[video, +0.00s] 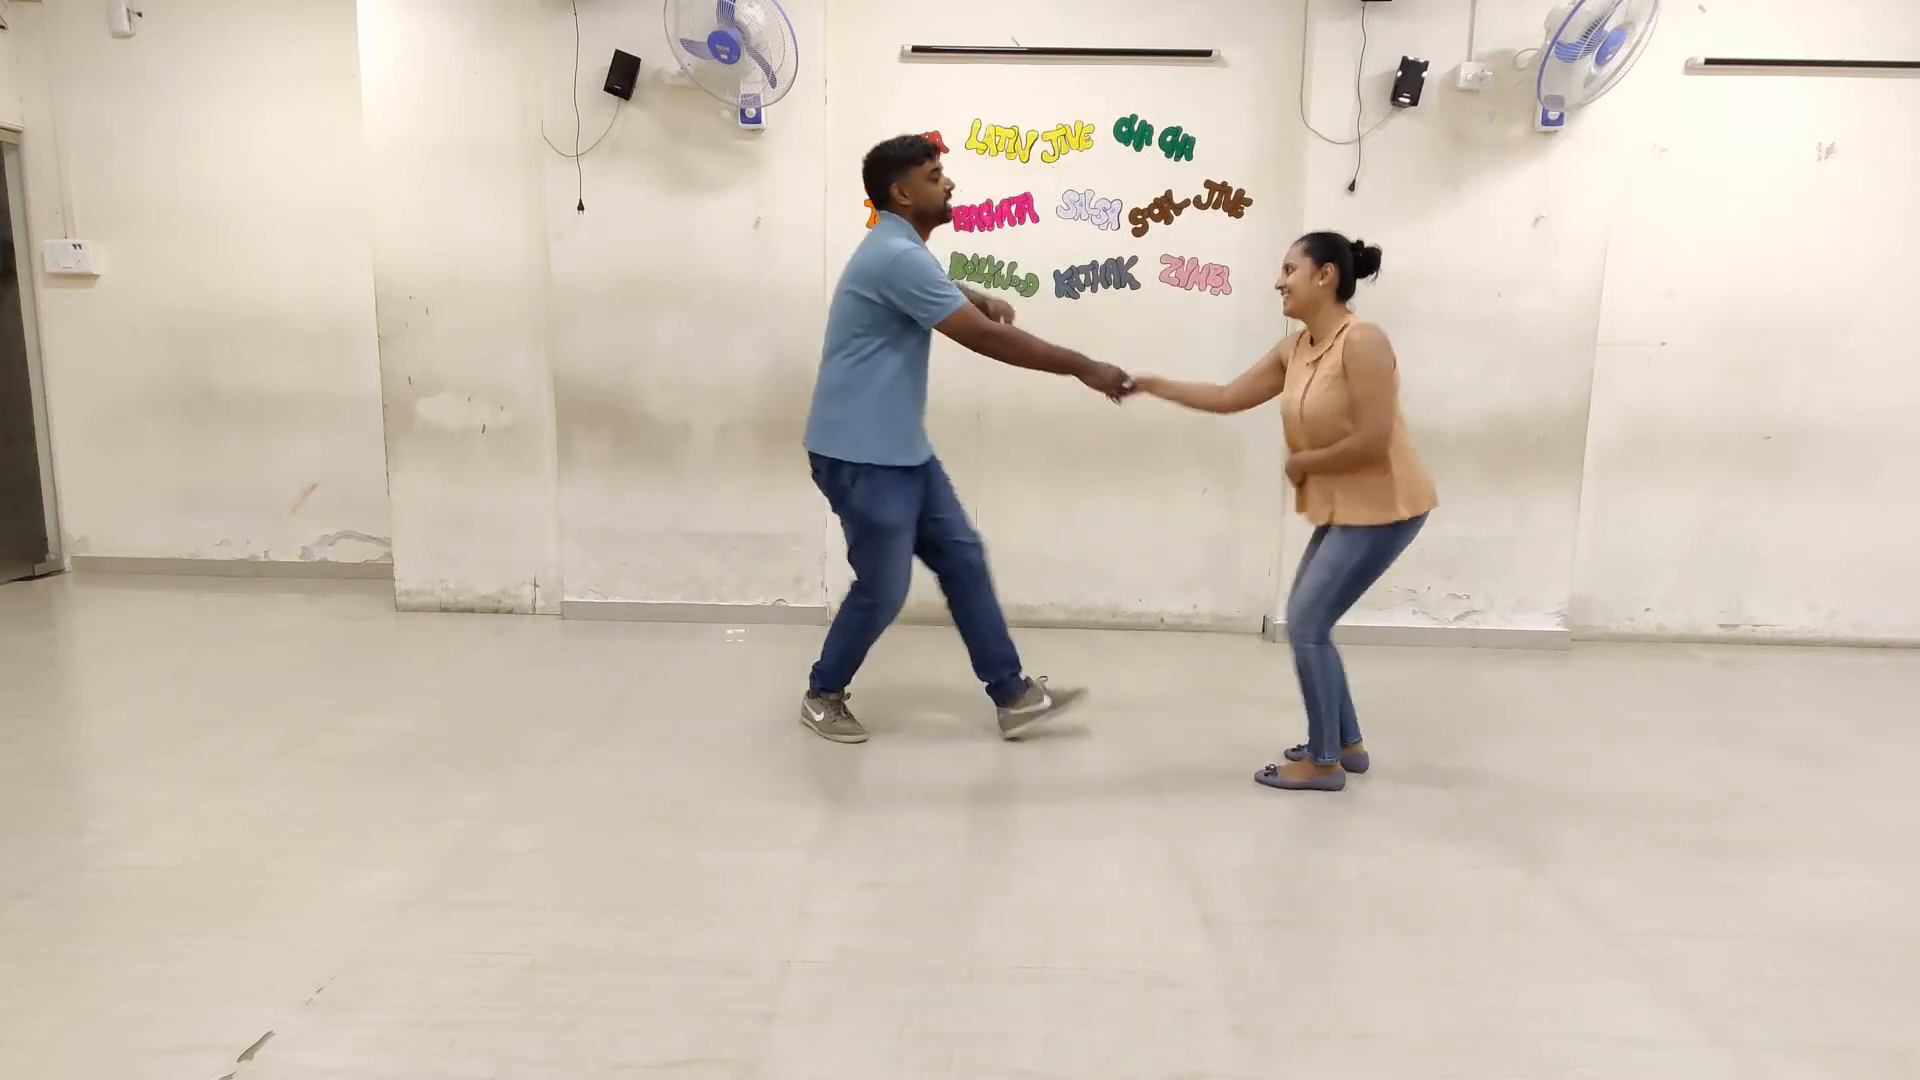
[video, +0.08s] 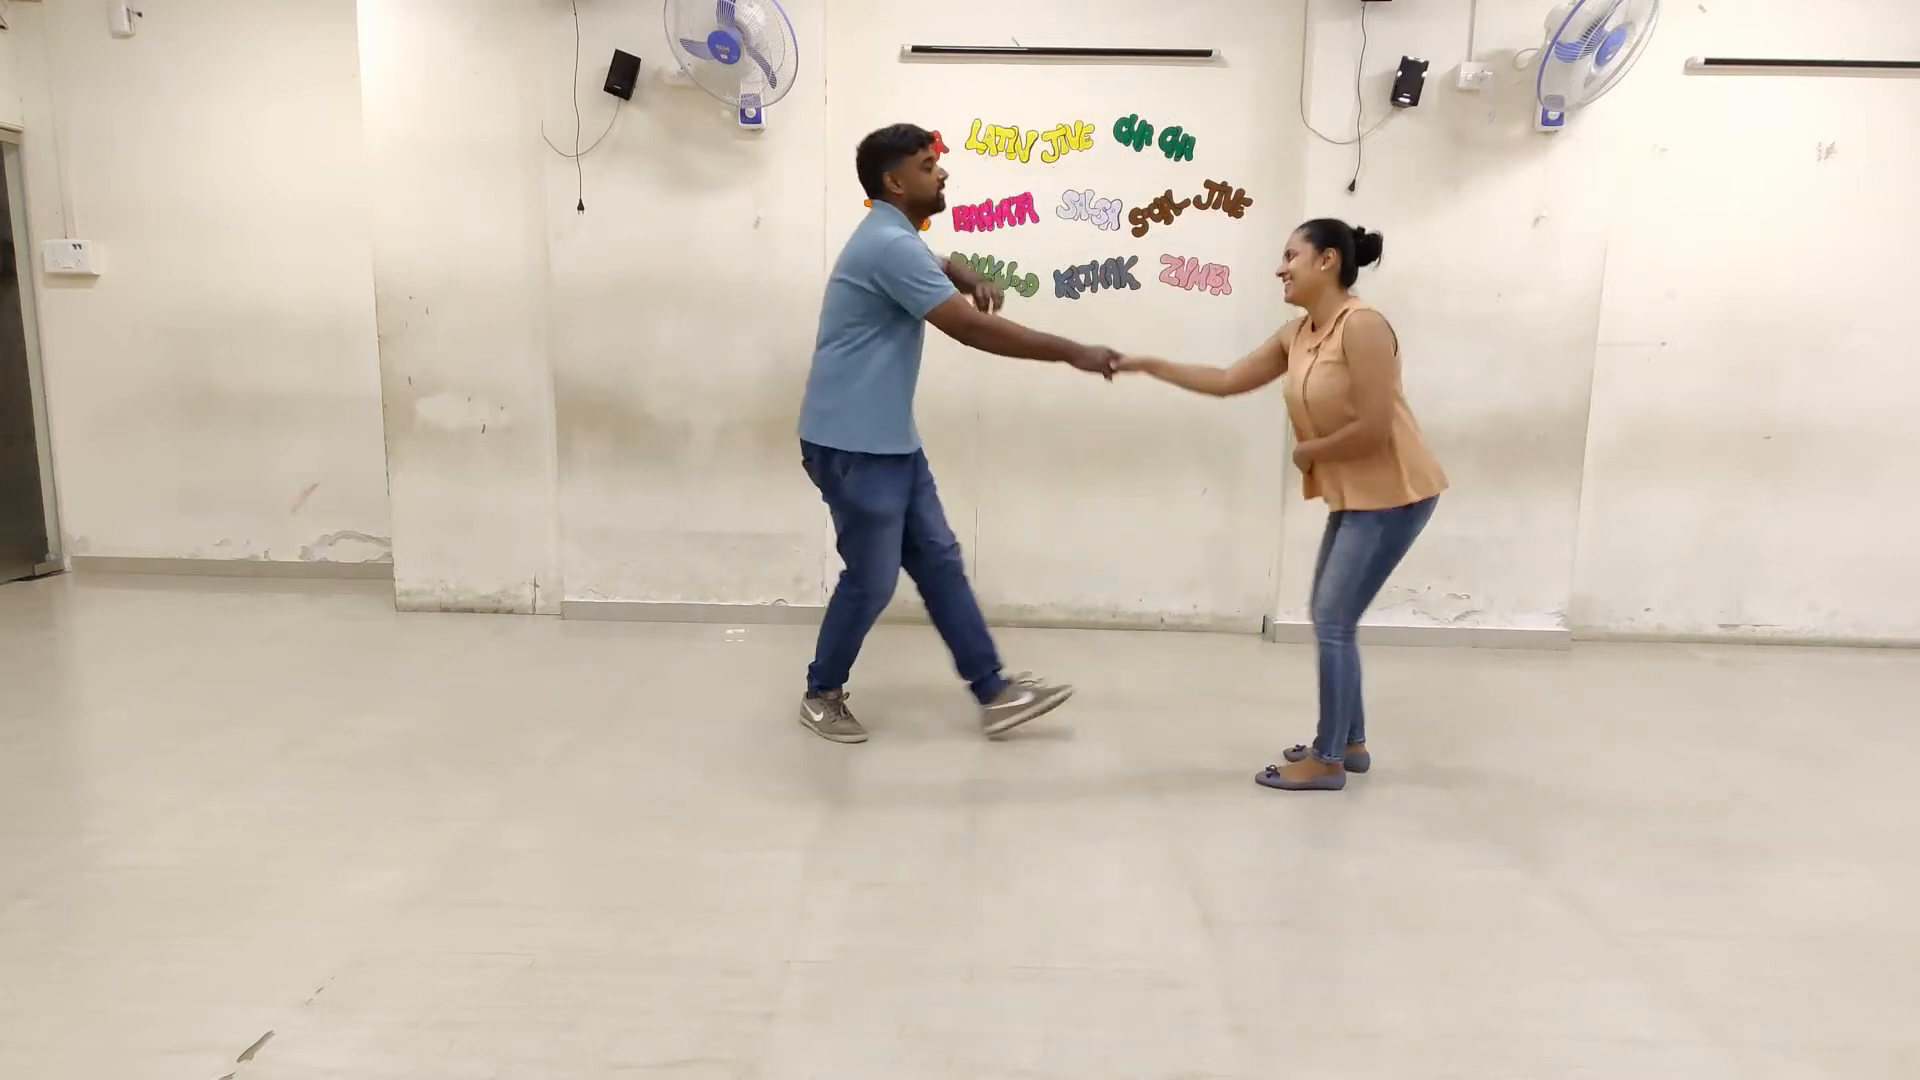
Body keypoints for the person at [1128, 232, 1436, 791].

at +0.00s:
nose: (1279, 281)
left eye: (1290, 270)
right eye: (1282, 271)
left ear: (1327, 277)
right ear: (1318, 278)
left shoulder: (1364, 342)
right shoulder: (1296, 348)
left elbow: (1373, 441)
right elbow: (1227, 397)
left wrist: (1304, 462)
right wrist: (1147, 383)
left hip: (1384, 509)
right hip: (1339, 509)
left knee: (1306, 621)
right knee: (1304, 621)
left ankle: (1325, 761)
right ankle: (1345, 742)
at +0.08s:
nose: (1281, 268)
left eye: (1292, 257)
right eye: (1283, 258)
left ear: (1329, 262)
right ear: (1320, 264)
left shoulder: (1363, 326)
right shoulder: (1297, 333)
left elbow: (1376, 426)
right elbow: (1226, 381)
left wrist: (1308, 451)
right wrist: (1148, 364)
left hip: (1395, 495)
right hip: (1353, 498)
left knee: (1333, 616)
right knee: (1328, 615)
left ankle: (1327, 759)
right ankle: (1348, 742)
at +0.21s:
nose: (1283, 265)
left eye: (1293, 253)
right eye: (1285, 254)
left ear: (1331, 256)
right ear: (1323, 257)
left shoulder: (1360, 323)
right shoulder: (1298, 324)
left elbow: (1361, 425)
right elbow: (1218, 354)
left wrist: (1306, 448)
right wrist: (1137, 330)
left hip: (1398, 492)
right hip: (1358, 494)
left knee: (1355, 624)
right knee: (1350, 620)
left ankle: (1330, 760)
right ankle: (1353, 743)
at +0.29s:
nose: (1277, 262)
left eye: (1287, 251)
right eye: (1278, 252)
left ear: (1325, 254)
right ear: (1316, 255)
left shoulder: (1355, 322)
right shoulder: (1289, 322)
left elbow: (1352, 423)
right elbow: (1208, 353)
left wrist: (1296, 447)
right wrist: (1125, 330)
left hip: (1384, 493)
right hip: (1349, 495)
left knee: (1322, 617)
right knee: (1339, 619)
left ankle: (1324, 754)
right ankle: (1351, 742)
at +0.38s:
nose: (1269, 262)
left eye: (1279, 252)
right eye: (1270, 252)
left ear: (1318, 255)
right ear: (1305, 256)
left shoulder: (1350, 323)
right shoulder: (1279, 321)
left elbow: (1350, 425)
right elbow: (1200, 358)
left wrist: (1285, 444)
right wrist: (1120, 338)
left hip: (1366, 496)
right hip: (1331, 498)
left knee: (1282, 612)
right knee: (1323, 623)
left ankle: (1308, 739)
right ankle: (1351, 742)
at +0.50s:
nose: (1237, 283)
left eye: (1250, 275)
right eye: (1239, 272)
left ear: (1288, 284)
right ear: (1254, 281)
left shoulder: (1316, 347)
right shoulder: (1242, 347)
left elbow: (1337, 447)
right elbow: (1167, 394)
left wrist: (1256, 466)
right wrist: (1091, 371)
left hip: (1315, 518)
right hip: (1277, 518)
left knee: (1222, 624)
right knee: (1278, 641)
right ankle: (1348, 743)